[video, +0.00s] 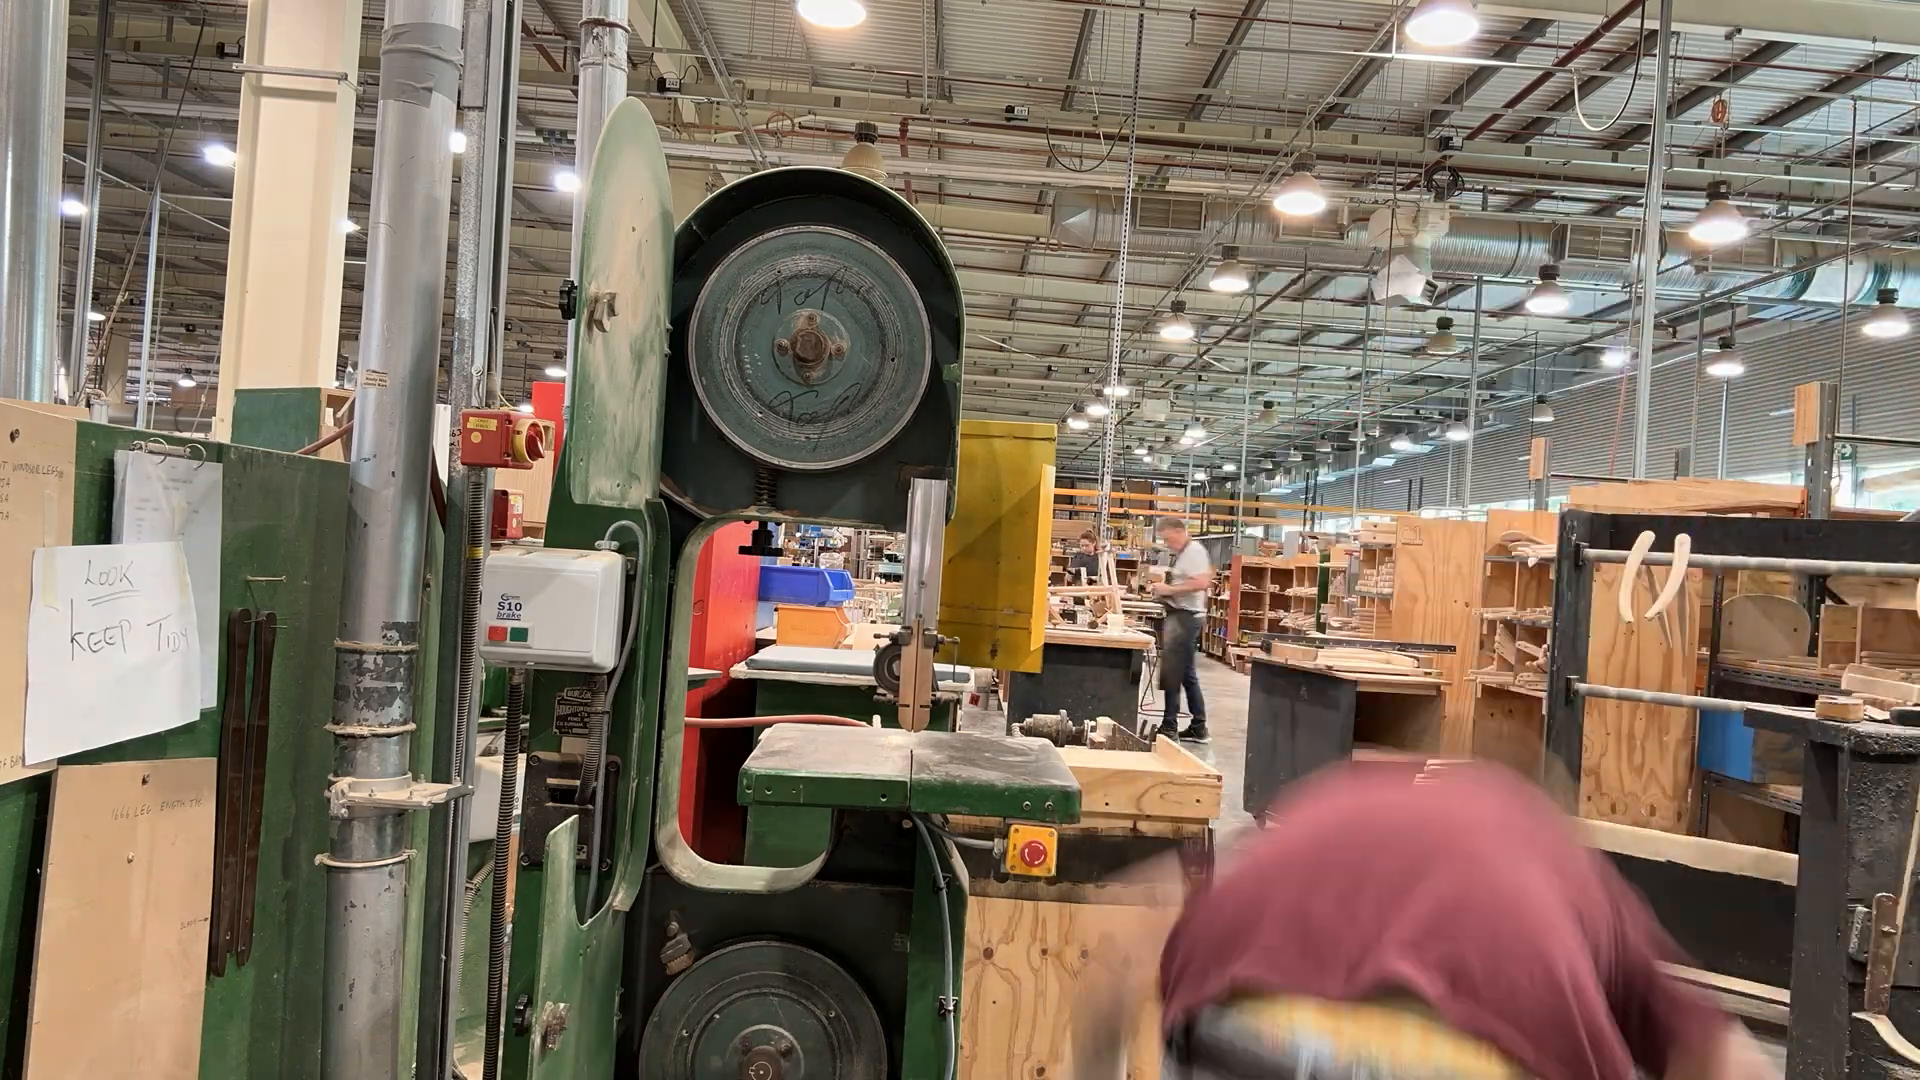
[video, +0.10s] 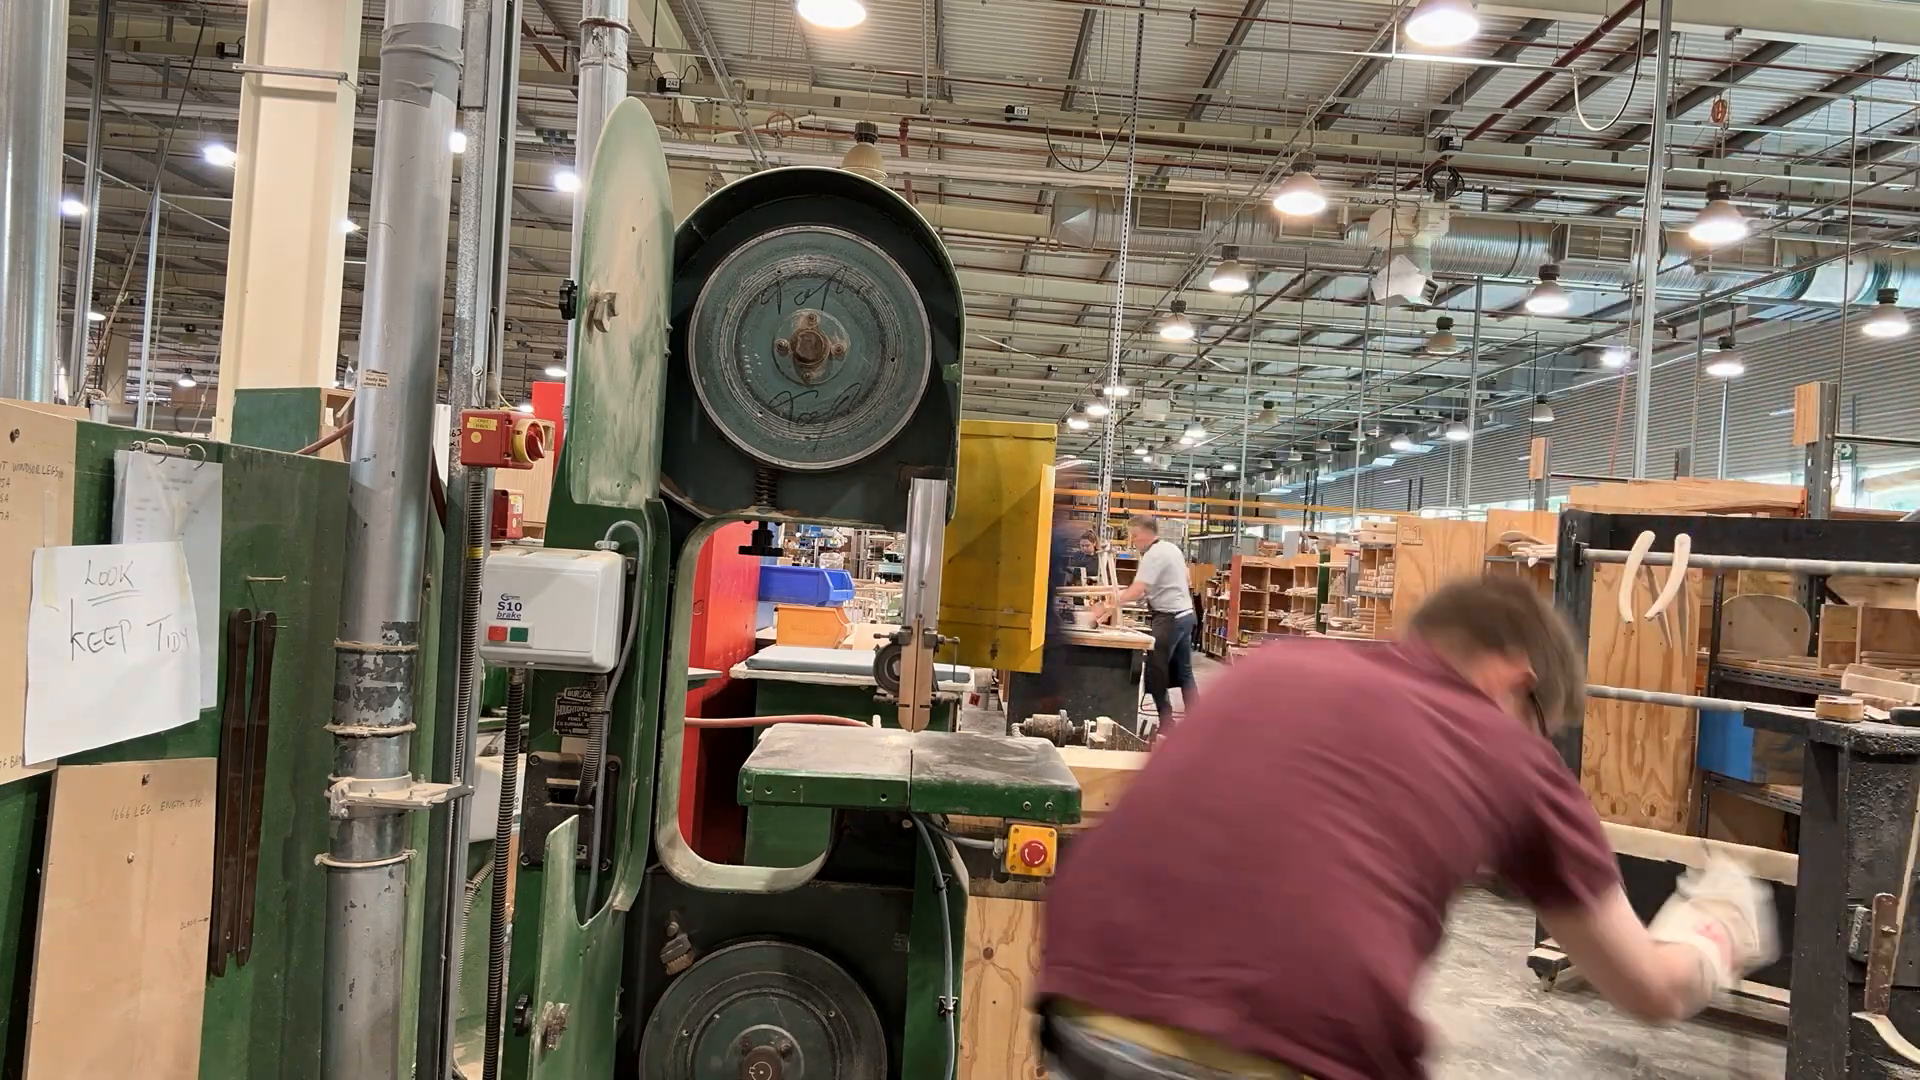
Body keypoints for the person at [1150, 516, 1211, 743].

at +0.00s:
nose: (1167, 544)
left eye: (1168, 539)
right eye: (1165, 540)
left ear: (1180, 533)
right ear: (1175, 535)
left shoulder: (1195, 552)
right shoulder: (1183, 553)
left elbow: (1202, 582)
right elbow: (1186, 582)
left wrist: (1168, 589)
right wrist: (1161, 585)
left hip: (1186, 616)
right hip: (1178, 615)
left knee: (1172, 672)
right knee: (1187, 673)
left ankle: (1168, 724)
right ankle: (1198, 724)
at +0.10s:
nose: (1133, 541)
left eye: (1135, 536)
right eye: (1132, 537)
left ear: (1145, 534)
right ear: (1153, 533)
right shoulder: (1172, 549)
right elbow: (1186, 579)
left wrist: (1105, 607)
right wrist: (1154, 591)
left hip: (1169, 620)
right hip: (1186, 616)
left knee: (1155, 678)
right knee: (1184, 674)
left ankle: (1166, 727)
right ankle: (1195, 722)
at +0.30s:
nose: (1147, 534)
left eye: (1151, 530)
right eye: (1145, 530)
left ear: (1162, 529)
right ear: (1142, 531)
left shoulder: (1168, 552)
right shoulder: (1148, 551)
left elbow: (1176, 585)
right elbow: (1148, 582)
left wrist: (1149, 593)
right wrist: (1134, 591)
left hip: (1163, 611)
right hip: (1148, 609)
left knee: (1157, 664)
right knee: (1151, 664)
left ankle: (1157, 717)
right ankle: (1155, 716)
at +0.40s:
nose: (1129, 542)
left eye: (1130, 537)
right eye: (1128, 538)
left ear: (1141, 532)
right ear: (1141, 532)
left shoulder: (1158, 551)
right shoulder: (1148, 552)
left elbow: (1162, 585)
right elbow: (1148, 583)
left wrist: (1137, 594)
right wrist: (1131, 591)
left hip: (1158, 611)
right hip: (1147, 610)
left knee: (1155, 665)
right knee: (1147, 665)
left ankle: (1155, 717)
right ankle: (1146, 713)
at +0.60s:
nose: (1144, 538)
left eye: (1147, 534)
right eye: (1144, 534)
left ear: (1158, 533)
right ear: (1157, 533)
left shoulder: (1168, 556)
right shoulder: (1157, 555)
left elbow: (1162, 589)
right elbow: (1137, 576)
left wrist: (1134, 593)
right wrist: (1113, 583)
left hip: (1155, 614)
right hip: (1145, 612)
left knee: (1142, 669)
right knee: (1137, 668)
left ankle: (1153, 716)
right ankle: (1143, 712)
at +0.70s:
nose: (1140, 542)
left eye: (1143, 537)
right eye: (1139, 537)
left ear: (1155, 534)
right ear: (1145, 536)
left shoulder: (1168, 551)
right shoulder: (1152, 553)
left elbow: (1161, 582)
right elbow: (1145, 580)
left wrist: (1135, 589)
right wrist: (1131, 588)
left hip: (1170, 612)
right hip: (1157, 612)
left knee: (1160, 661)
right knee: (1148, 663)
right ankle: (1146, 713)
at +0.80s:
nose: (1128, 542)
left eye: (1130, 537)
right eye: (1126, 538)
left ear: (1143, 531)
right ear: (1135, 535)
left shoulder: (1158, 550)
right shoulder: (1136, 554)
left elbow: (1158, 582)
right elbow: (1119, 577)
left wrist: (1134, 593)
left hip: (1160, 613)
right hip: (1144, 614)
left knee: (1159, 666)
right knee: (1145, 667)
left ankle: (1177, 719)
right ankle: (1146, 715)